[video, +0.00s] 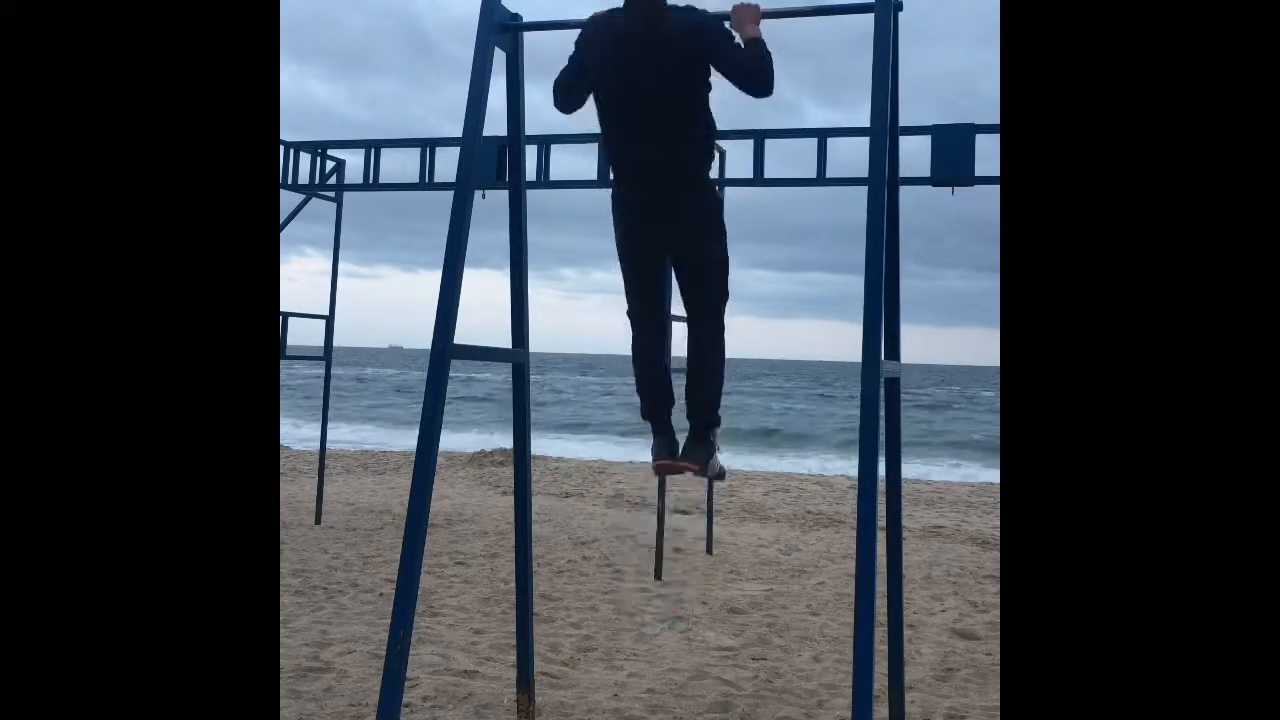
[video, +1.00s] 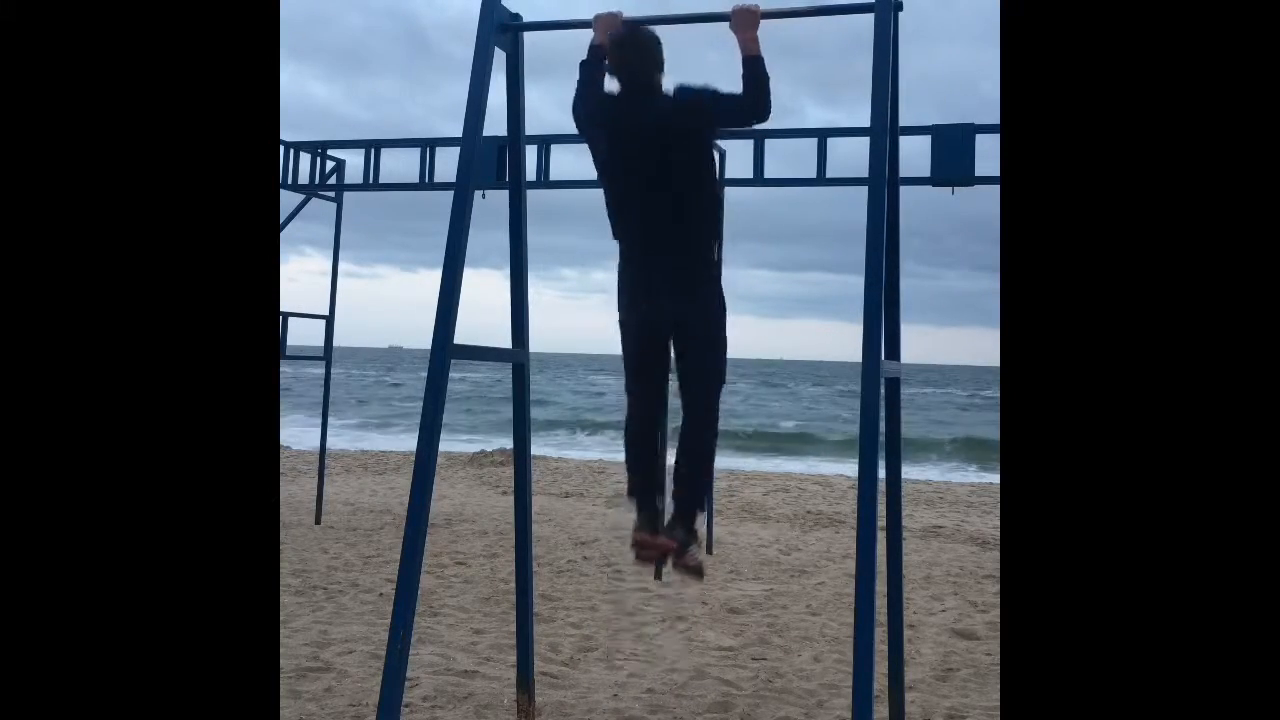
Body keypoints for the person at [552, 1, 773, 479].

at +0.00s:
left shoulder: (600, 32)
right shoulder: (697, 25)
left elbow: (566, 99)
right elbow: (759, 81)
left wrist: (596, 40)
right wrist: (751, 33)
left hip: (635, 204)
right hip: (693, 200)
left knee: (647, 323)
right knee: (707, 319)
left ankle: (662, 441)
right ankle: (701, 443)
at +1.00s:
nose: (646, 71)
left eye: (622, 61)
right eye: (653, 60)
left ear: (614, 69)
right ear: (660, 66)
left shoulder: (600, 118)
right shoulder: (692, 108)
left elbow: (587, 94)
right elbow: (756, 106)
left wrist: (597, 43)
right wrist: (749, 40)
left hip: (638, 284)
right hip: (697, 282)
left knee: (643, 401)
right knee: (701, 406)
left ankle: (648, 521)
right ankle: (682, 527)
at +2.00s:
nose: (686, 125)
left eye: (679, 121)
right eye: (682, 121)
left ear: (630, 138)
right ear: (678, 132)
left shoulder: (620, 170)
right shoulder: (706, 165)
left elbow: (592, 115)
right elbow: (757, 114)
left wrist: (600, 46)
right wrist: (750, 45)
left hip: (643, 339)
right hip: (697, 341)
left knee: (634, 470)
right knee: (688, 477)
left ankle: (625, 605)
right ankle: (662, 610)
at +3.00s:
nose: (683, 122)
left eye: (674, 117)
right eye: (680, 116)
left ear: (631, 130)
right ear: (678, 124)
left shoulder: (620, 167)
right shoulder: (707, 161)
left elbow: (592, 114)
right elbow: (760, 111)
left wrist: (600, 46)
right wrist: (751, 43)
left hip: (646, 330)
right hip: (701, 332)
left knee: (639, 460)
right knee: (695, 469)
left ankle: (631, 592)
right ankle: (666, 600)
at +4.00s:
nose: (633, 22)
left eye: (625, 16)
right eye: (656, 15)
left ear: (621, 21)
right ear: (668, 19)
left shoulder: (601, 70)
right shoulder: (696, 65)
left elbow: (567, 105)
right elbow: (772, 96)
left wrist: (596, 41)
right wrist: (754, 38)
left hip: (637, 238)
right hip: (695, 235)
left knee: (648, 364)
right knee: (705, 360)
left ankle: (660, 489)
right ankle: (697, 489)